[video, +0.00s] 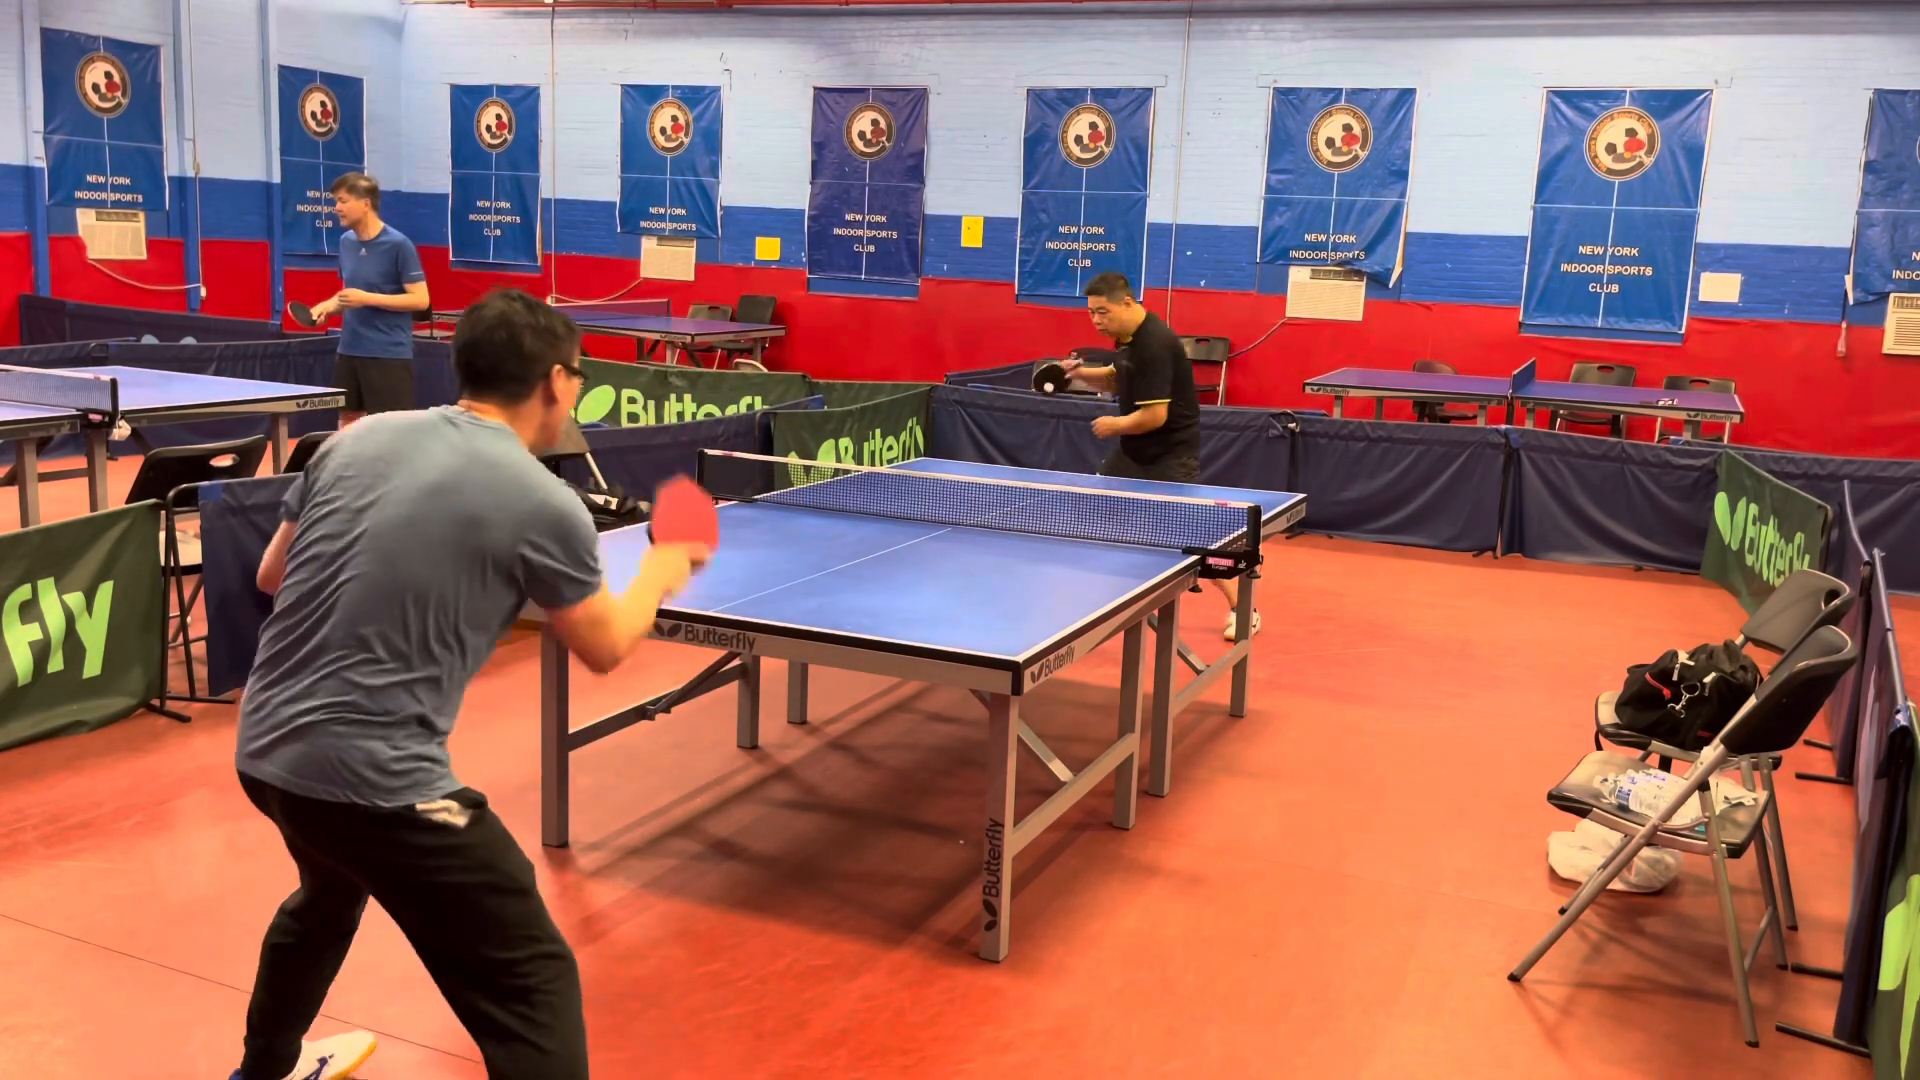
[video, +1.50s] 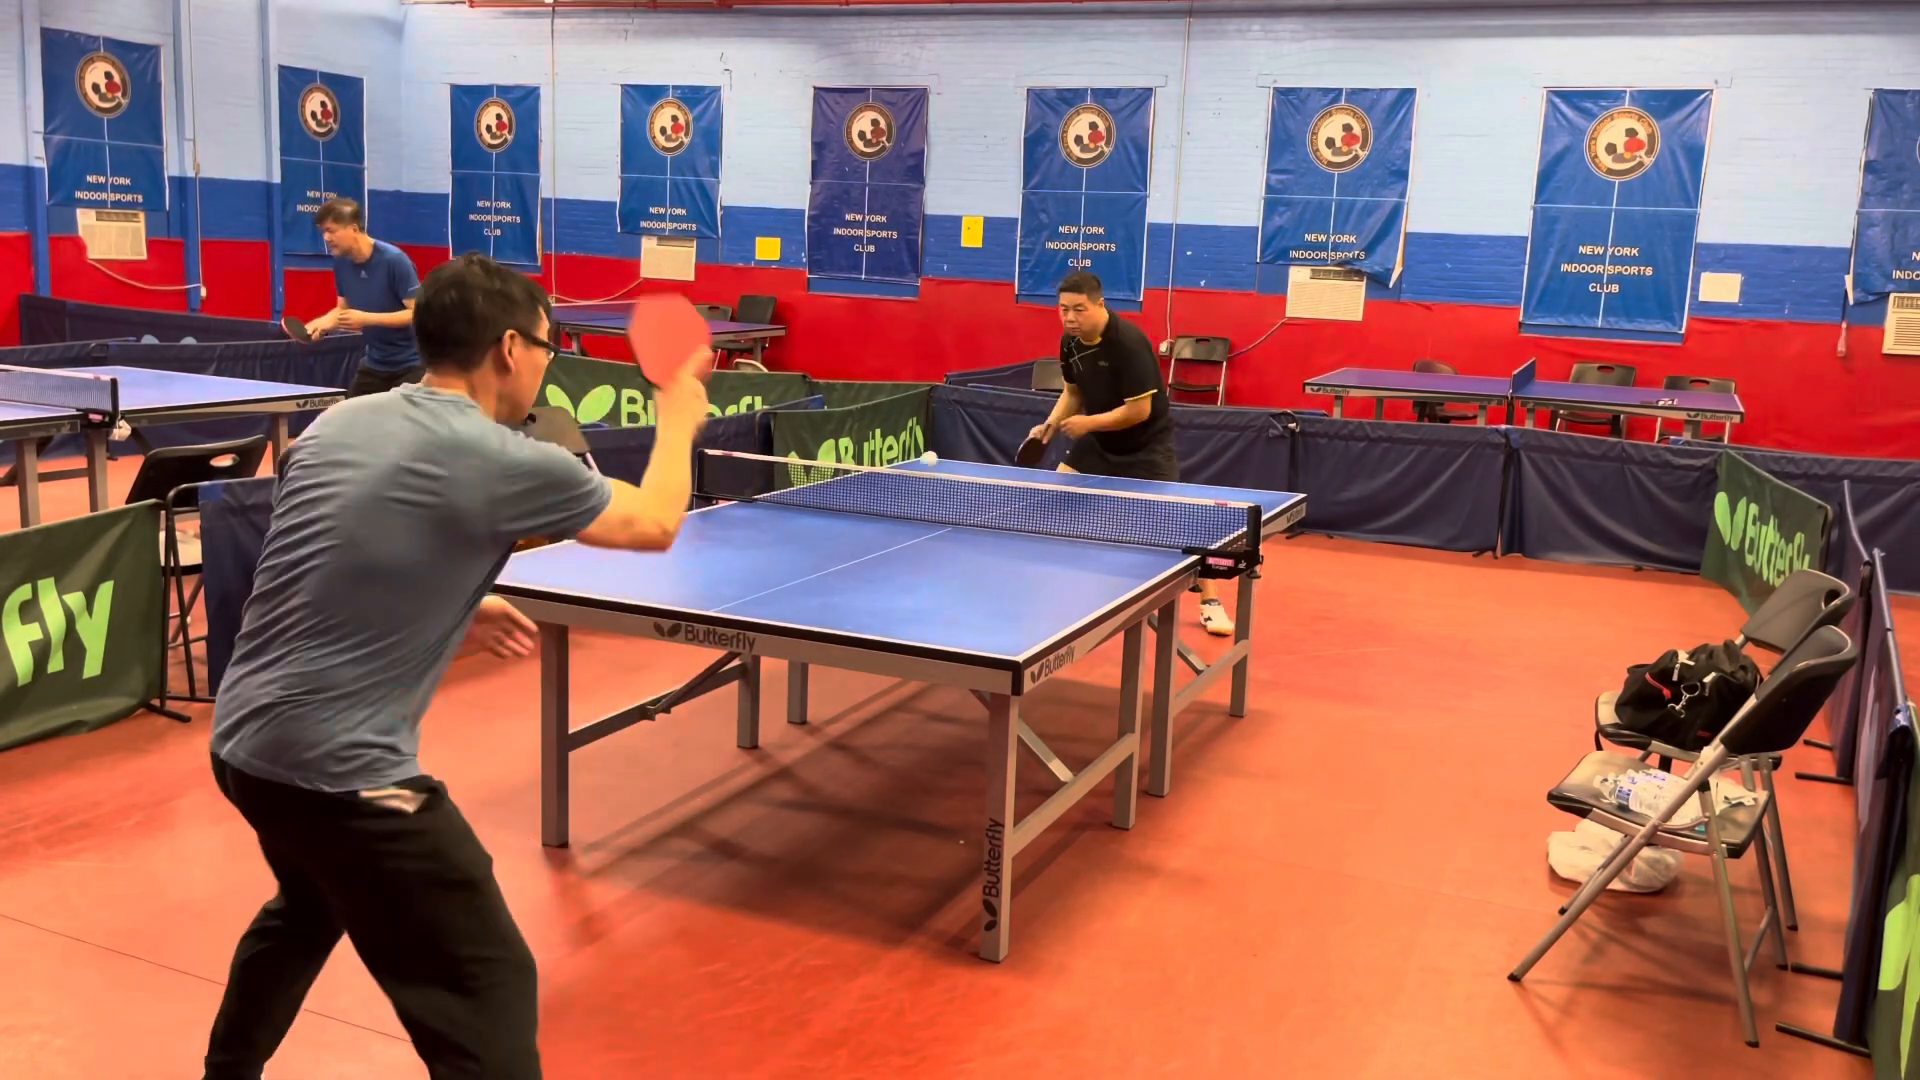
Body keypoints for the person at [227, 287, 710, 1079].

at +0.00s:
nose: (576, 396)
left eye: (577, 377)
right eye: (575, 377)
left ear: (469, 371)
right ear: (551, 382)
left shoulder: (352, 441)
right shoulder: (536, 498)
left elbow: (271, 574)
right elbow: (603, 644)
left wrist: (389, 571)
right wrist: (664, 567)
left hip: (267, 754)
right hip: (380, 777)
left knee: (329, 891)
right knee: (532, 979)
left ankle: (264, 1065)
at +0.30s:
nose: (667, 455)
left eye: (670, 436)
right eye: (668, 437)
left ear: (565, 423)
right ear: (636, 445)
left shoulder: (507, 488)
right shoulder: (511, 549)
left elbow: (483, 619)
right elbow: (406, 726)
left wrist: (597, 665)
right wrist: (435, 901)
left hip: (316, 779)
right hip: (368, 802)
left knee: (357, 916)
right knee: (567, 974)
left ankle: (224, 1069)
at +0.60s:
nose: (609, 365)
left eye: (607, 346)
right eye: (605, 347)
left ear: (489, 352)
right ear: (575, 359)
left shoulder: (392, 440)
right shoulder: (591, 475)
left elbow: (347, 568)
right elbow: (740, 526)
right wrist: (758, 437)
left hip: (298, 772)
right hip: (423, 795)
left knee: (331, 905)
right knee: (591, 981)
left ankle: (251, 1075)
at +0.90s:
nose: (597, 419)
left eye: (597, 402)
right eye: (596, 403)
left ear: (485, 401)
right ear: (578, 410)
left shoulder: (374, 475)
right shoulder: (582, 527)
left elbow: (294, 628)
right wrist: (667, 554)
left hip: (304, 811)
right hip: (432, 826)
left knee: (334, 922)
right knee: (616, 991)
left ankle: (254, 1073)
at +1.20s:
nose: (657, 453)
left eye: (657, 436)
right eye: (655, 437)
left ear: (553, 423)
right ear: (627, 445)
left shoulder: (492, 485)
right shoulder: (509, 546)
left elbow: (452, 630)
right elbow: (402, 726)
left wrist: (563, 676)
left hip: (303, 778)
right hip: (356, 802)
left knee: (361, 918)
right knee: (547, 989)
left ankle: (233, 1069)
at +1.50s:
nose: (547, 365)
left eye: (547, 346)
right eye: (542, 345)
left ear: (428, 342)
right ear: (505, 350)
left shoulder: (336, 422)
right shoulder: (501, 458)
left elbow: (321, 567)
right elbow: (653, 523)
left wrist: (445, 613)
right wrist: (678, 418)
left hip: (243, 748)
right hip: (350, 770)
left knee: (310, 904)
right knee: (491, 984)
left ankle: (227, 1068)